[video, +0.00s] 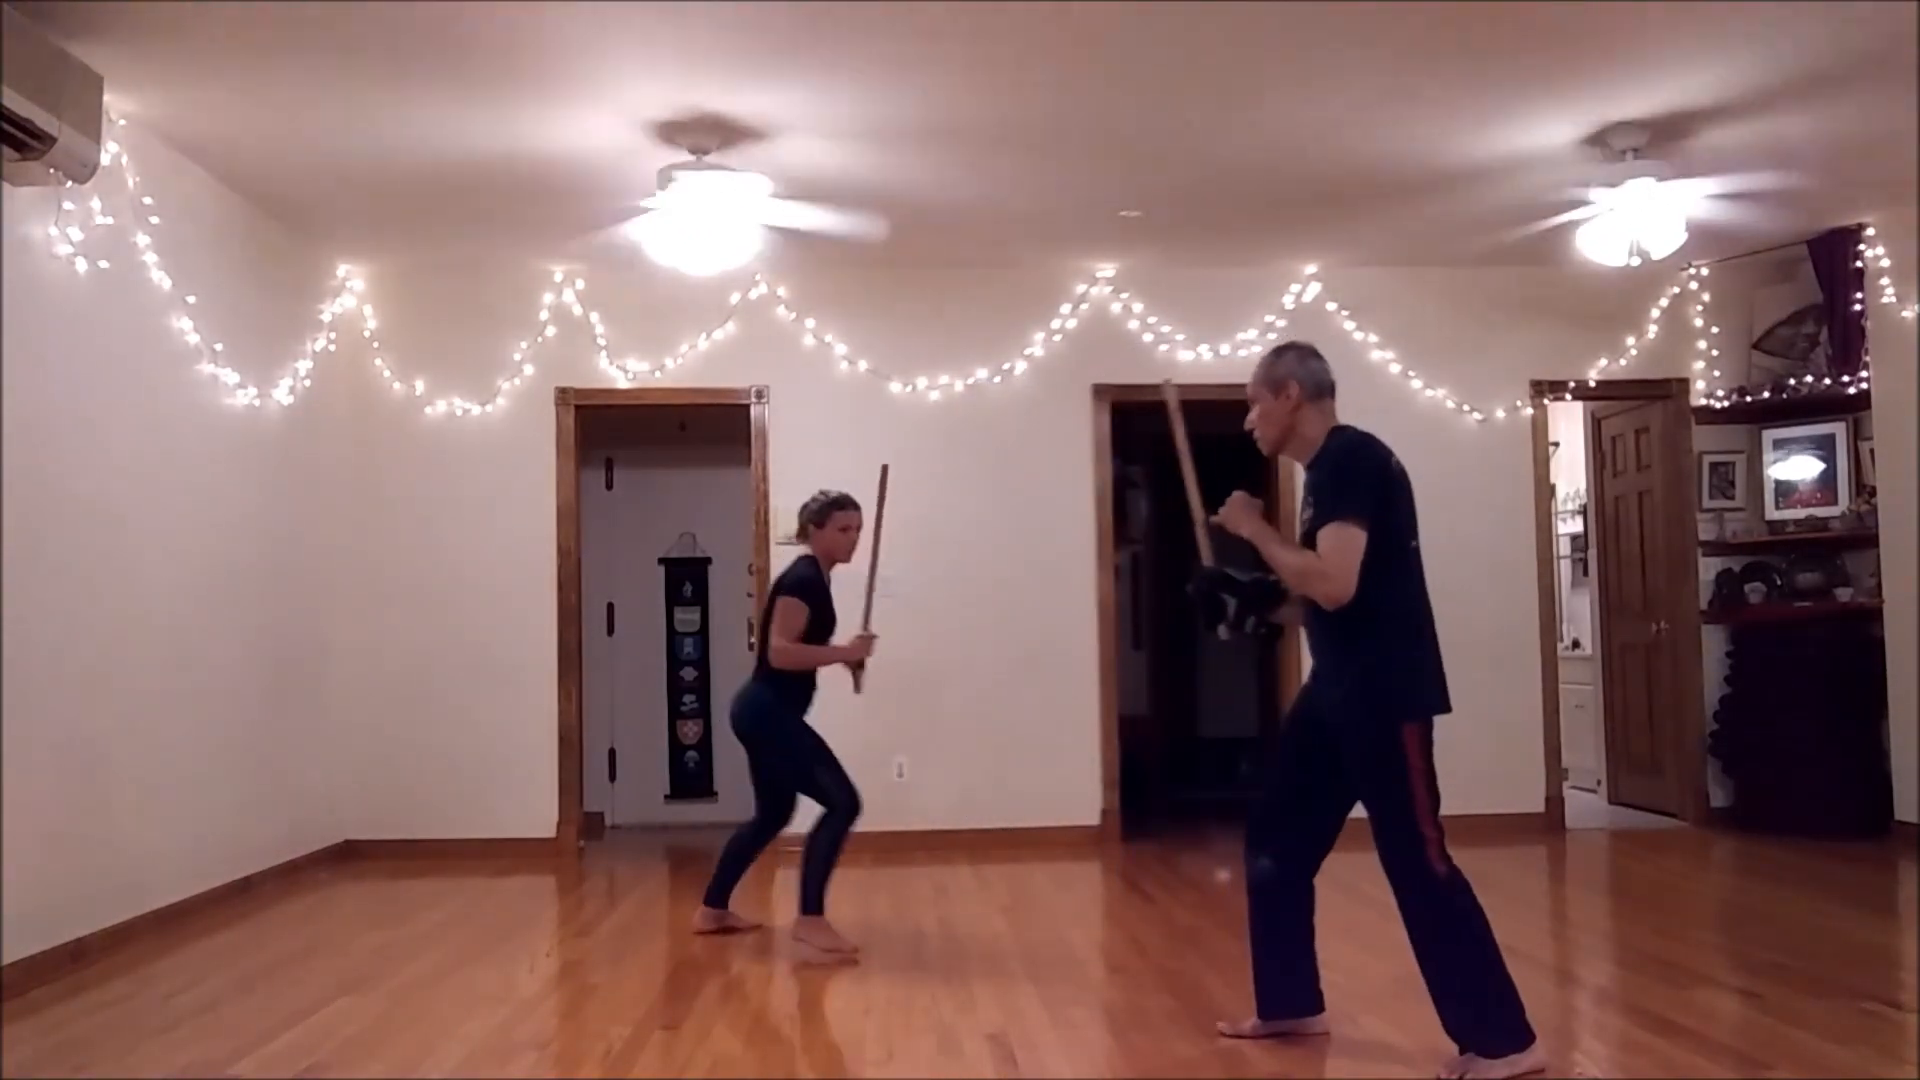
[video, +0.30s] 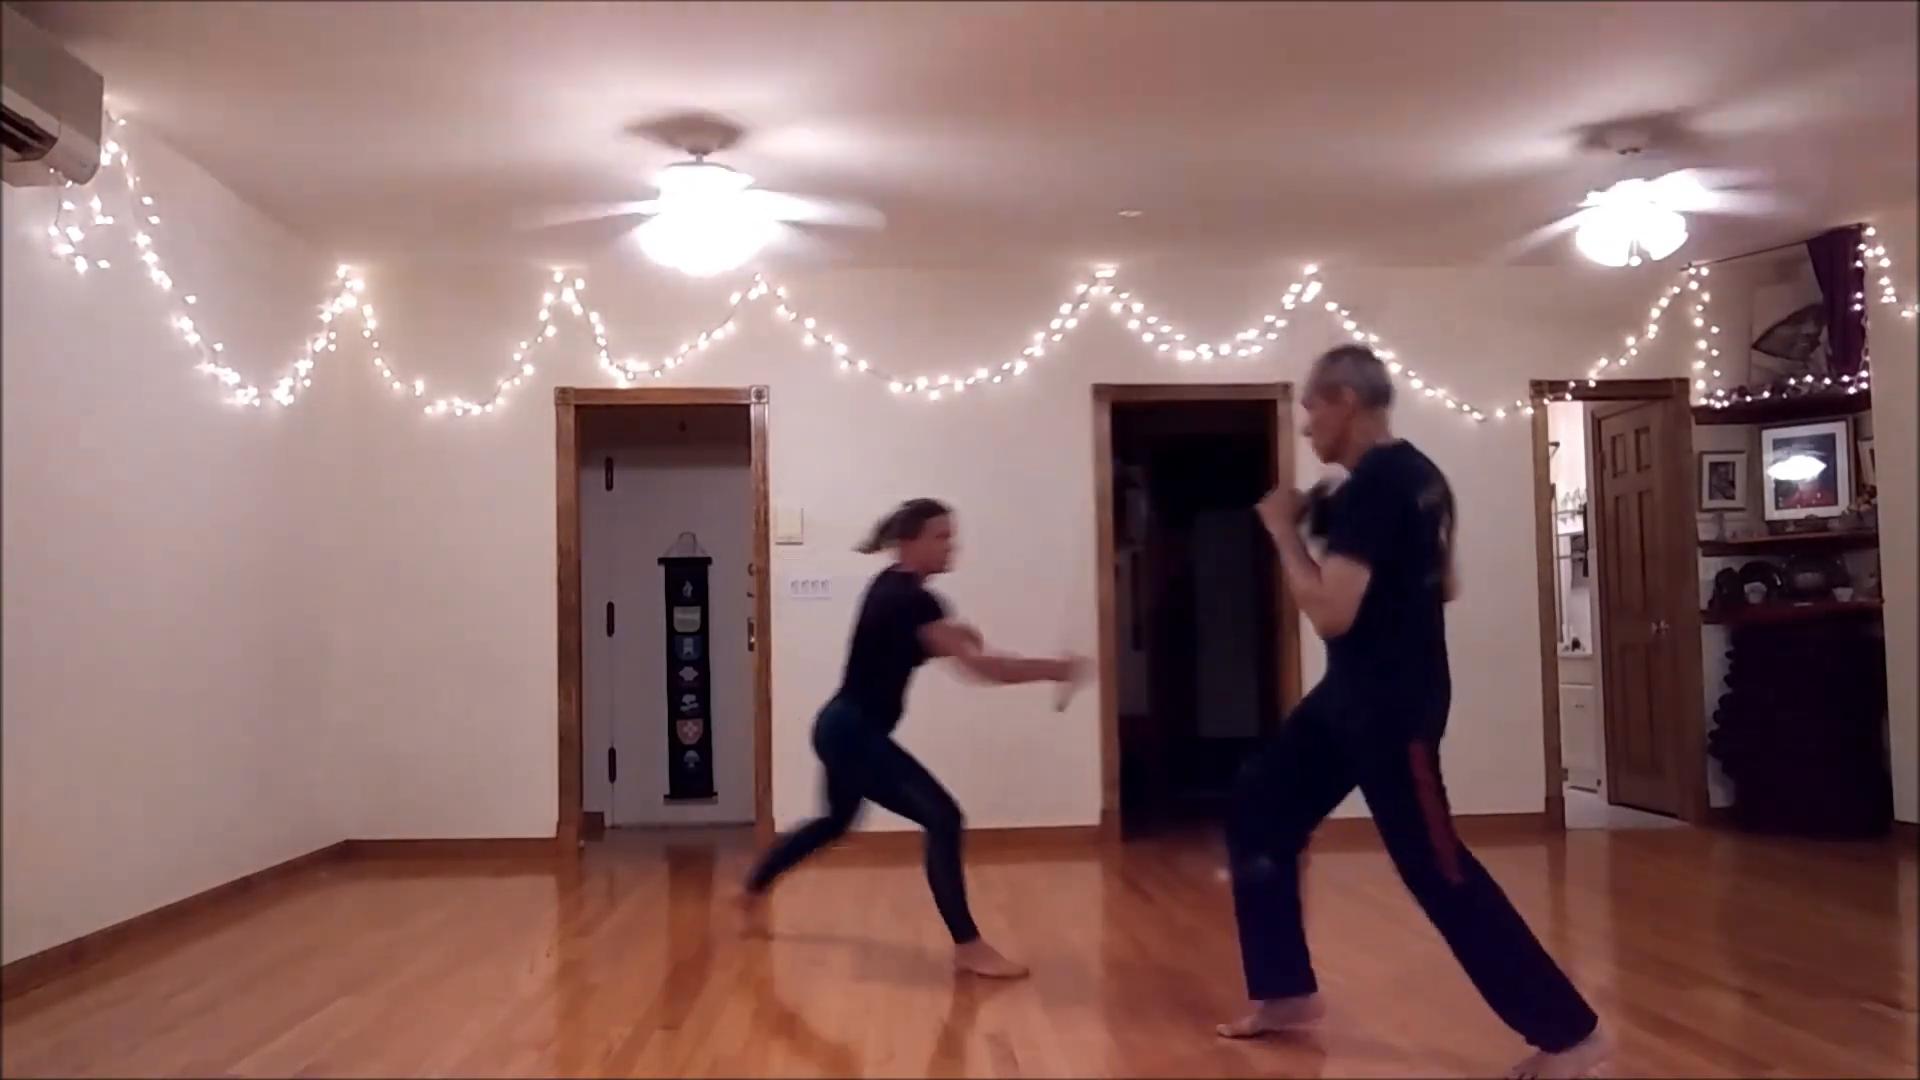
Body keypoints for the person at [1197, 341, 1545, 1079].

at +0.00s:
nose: (1250, 422)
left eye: (1255, 405)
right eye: (1249, 406)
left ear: (1292, 396)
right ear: (1298, 397)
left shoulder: (1352, 458)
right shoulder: (1323, 473)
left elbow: (1335, 582)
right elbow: (1333, 592)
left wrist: (1259, 532)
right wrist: (1270, 604)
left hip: (1386, 697)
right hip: (1338, 696)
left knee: (1420, 862)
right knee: (1277, 843)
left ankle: (1503, 1041)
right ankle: (1290, 1008)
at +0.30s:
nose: (1306, 421)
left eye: (1314, 406)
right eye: (1306, 407)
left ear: (1352, 405)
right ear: (1365, 405)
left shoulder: (1377, 482)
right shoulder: (1414, 473)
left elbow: (1332, 612)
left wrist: (1282, 531)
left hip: (1387, 702)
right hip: (1363, 695)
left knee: (1438, 867)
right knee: (1260, 813)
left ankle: (1570, 1032)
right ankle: (1285, 995)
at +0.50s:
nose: (1325, 439)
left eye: (1333, 424)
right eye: (1329, 424)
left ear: (1364, 430)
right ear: (1383, 431)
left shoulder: (1394, 511)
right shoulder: (1410, 499)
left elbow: (1358, 646)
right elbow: (1391, 625)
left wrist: (1311, 563)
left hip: (1382, 726)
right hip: (1351, 715)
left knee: (1416, 895)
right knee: (1238, 823)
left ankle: (1568, 1034)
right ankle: (1265, 977)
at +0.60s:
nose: (1312, 438)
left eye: (1321, 425)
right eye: (1317, 425)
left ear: (1345, 433)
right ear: (1369, 436)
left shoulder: (1374, 508)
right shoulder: (1371, 504)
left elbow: (1321, 626)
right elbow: (1328, 616)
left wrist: (1296, 543)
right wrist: (1294, 545)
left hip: (1372, 723)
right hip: (1335, 714)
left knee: (1417, 885)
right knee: (1236, 815)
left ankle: (1567, 1032)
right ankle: (1239, 964)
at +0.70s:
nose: (1277, 441)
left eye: (1282, 430)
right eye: (1282, 430)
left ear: (1299, 435)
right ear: (1335, 439)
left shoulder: (1326, 501)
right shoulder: (1325, 501)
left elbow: (1279, 607)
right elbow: (1251, 579)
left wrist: (1263, 532)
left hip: (1344, 713)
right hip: (1314, 709)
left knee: (1407, 865)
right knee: (1238, 814)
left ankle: (1547, 1014)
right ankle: (1220, 954)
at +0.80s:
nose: (1223, 464)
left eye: (1227, 450)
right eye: (1226, 452)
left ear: (1244, 448)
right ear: (1281, 444)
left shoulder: (1290, 498)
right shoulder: (1271, 512)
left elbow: (1259, 605)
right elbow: (1197, 593)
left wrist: (1228, 546)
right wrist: (1136, 606)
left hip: (1321, 700)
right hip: (1290, 700)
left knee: (1355, 854)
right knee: (1226, 812)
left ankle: (1509, 985)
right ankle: (1221, 955)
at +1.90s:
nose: (1161, 466)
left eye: (1165, 453)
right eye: (1160, 454)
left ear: (1193, 445)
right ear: (1205, 445)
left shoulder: (1238, 490)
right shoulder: (1227, 500)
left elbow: (1212, 591)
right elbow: (1228, 621)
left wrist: (1178, 541)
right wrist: (1181, 694)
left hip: (1274, 686)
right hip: (1239, 687)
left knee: (1308, 829)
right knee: (1183, 812)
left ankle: (1406, 979)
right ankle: (1213, 958)